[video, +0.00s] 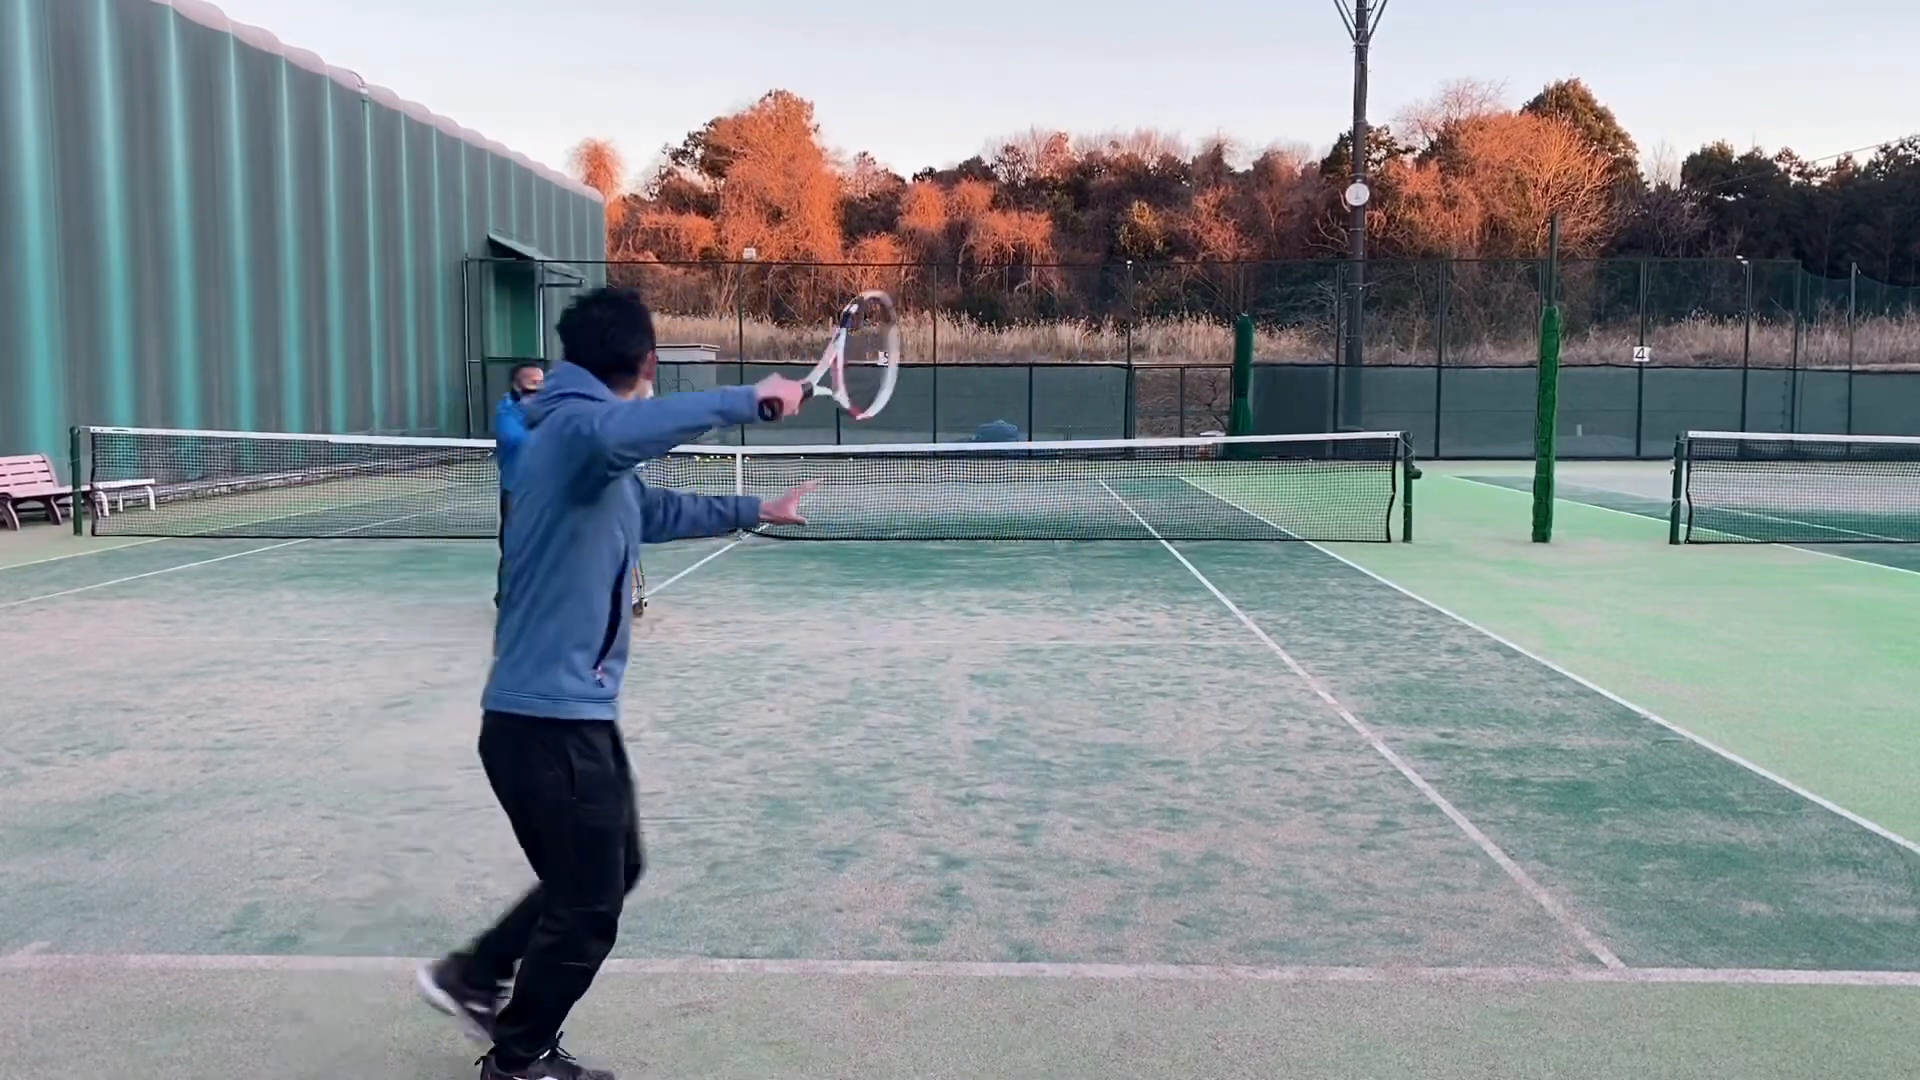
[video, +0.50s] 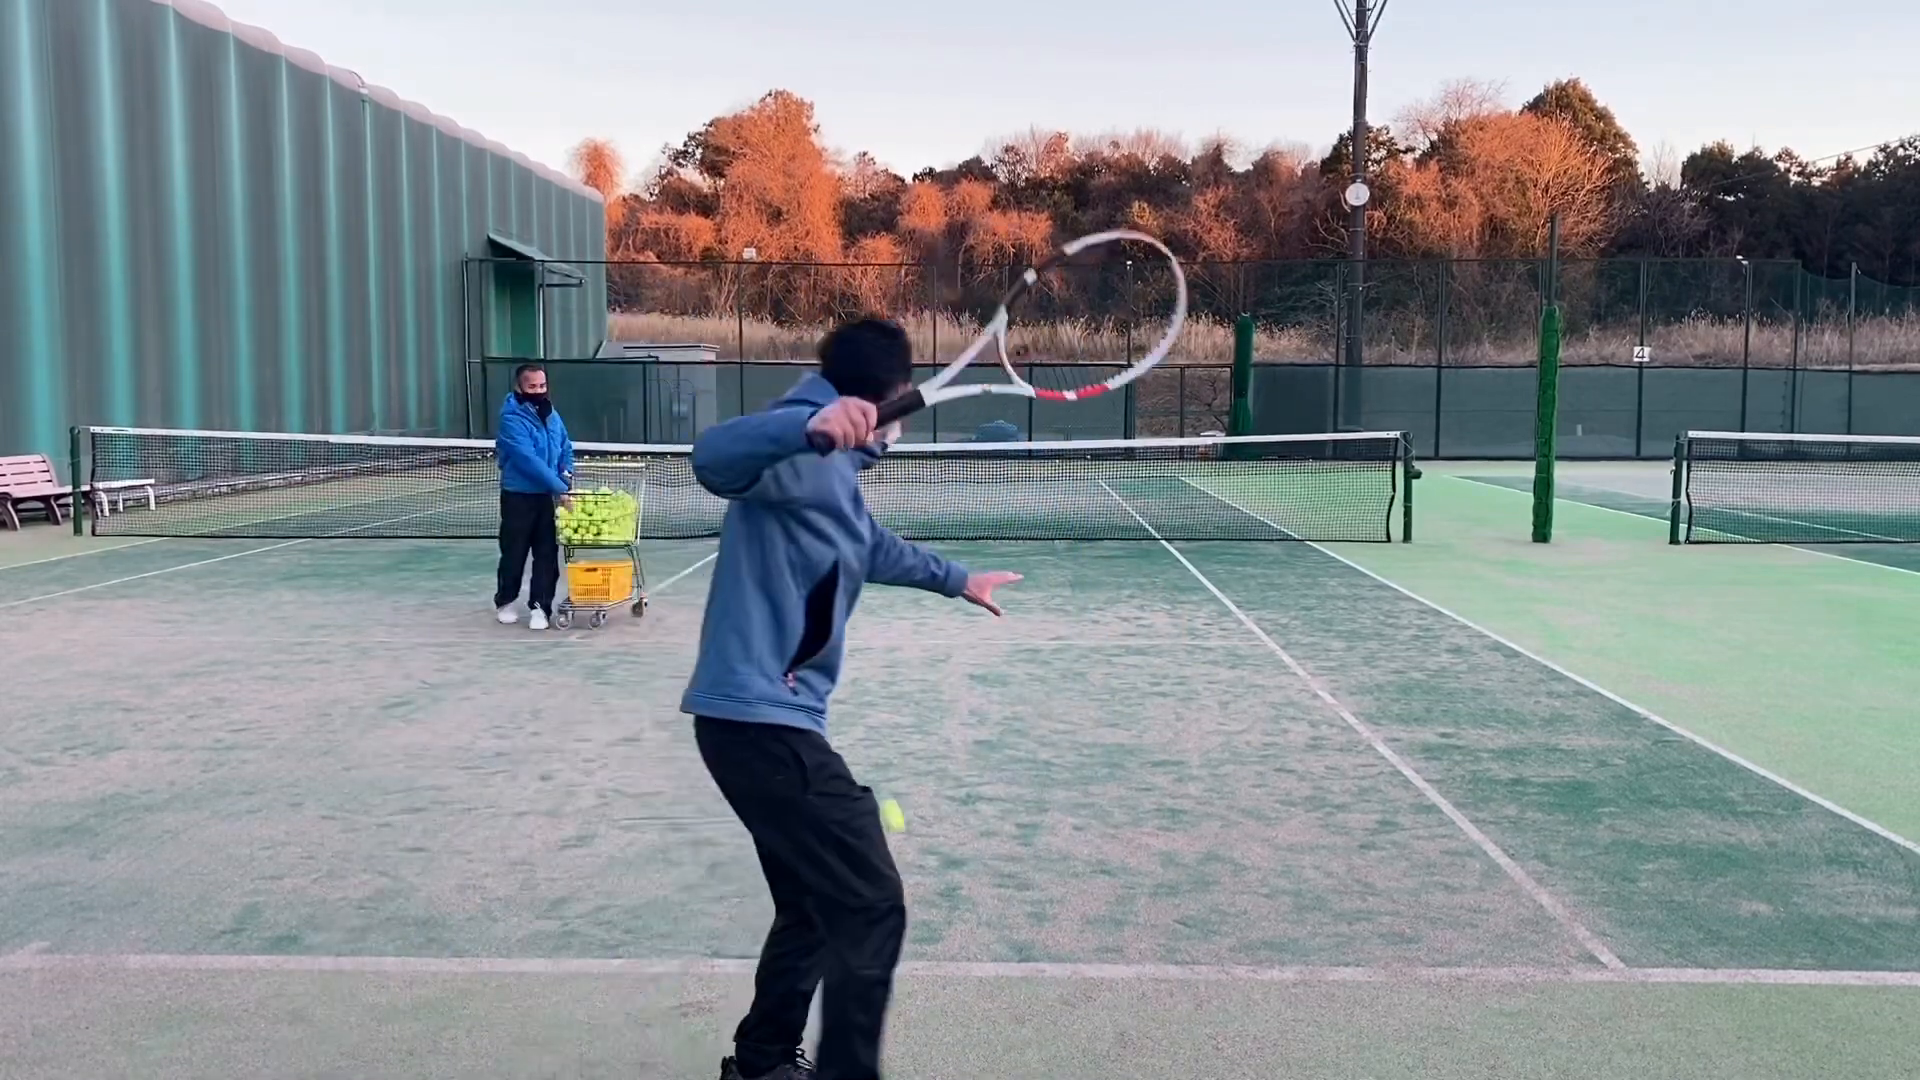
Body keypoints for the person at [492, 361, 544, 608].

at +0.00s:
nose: (537, 386)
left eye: (540, 381)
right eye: (531, 381)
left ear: (544, 382)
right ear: (517, 383)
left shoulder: (549, 405)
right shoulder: (507, 408)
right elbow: (513, 437)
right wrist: (543, 441)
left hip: (545, 487)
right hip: (515, 487)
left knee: (541, 545)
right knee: (512, 545)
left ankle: (538, 597)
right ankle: (507, 595)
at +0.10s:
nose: (541, 388)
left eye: (543, 383)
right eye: (535, 383)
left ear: (546, 384)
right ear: (520, 385)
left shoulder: (552, 415)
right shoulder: (508, 415)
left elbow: (564, 448)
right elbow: (518, 453)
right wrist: (559, 457)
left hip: (548, 491)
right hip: (518, 492)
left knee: (544, 553)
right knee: (514, 551)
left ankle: (537, 605)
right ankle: (506, 602)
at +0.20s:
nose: (540, 389)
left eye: (543, 384)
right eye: (533, 385)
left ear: (546, 384)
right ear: (519, 386)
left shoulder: (551, 414)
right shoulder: (510, 417)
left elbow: (566, 448)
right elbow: (522, 458)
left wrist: (567, 477)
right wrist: (562, 482)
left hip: (545, 492)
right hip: (517, 493)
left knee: (546, 553)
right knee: (514, 552)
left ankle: (540, 607)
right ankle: (506, 602)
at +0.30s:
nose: (539, 391)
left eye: (542, 385)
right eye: (532, 386)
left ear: (546, 385)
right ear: (519, 387)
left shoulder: (551, 414)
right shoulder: (510, 417)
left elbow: (565, 448)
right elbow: (524, 458)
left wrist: (565, 475)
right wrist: (559, 487)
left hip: (547, 492)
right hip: (517, 494)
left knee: (545, 554)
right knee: (513, 552)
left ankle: (540, 607)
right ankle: (506, 602)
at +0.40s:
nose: (539, 391)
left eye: (542, 385)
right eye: (533, 386)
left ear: (546, 385)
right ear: (519, 387)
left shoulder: (551, 414)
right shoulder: (510, 418)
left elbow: (565, 446)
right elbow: (525, 458)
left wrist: (565, 470)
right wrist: (559, 487)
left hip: (547, 492)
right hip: (518, 493)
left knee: (546, 554)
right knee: (514, 552)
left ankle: (540, 608)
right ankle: (505, 602)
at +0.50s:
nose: (539, 391)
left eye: (542, 385)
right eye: (532, 386)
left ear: (546, 385)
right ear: (519, 387)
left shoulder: (551, 414)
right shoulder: (511, 418)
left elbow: (565, 447)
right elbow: (526, 458)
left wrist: (565, 472)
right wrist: (559, 488)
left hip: (547, 492)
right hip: (518, 493)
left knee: (546, 554)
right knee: (514, 552)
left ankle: (540, 608)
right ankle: (506, 602)